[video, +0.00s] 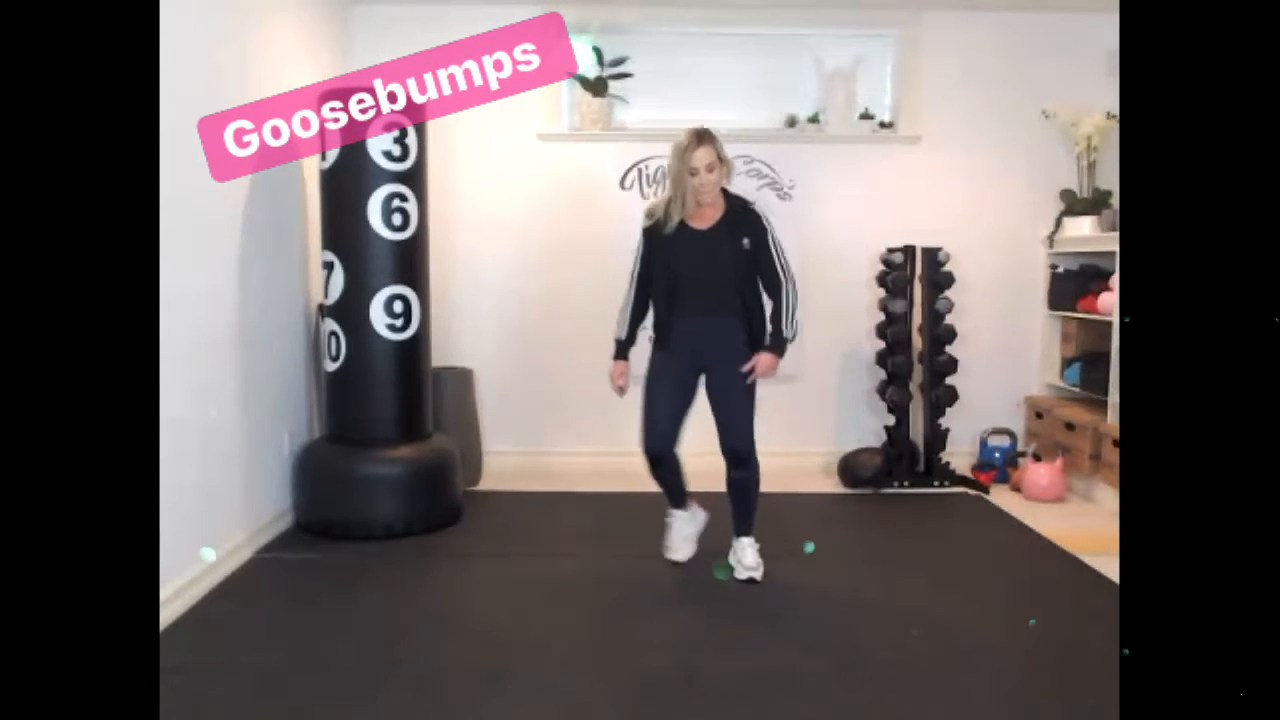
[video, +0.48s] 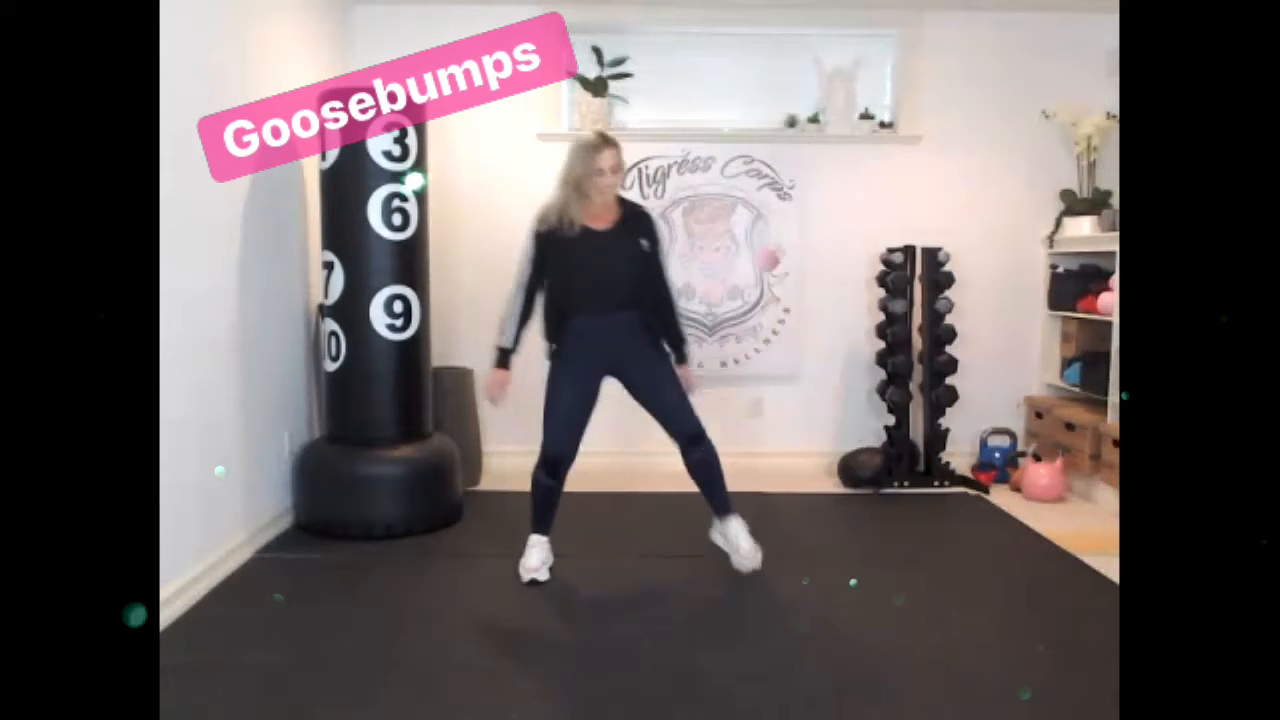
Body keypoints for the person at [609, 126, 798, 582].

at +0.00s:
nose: (705, 178)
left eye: (712, 168)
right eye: (695, 171)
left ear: (723, 168)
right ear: (680, 175)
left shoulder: (746, 218)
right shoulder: (660, 223)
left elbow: (782, 283)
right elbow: (640, 289)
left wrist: (777, 346)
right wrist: (621, 351)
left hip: (732, 347)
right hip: (674, 347)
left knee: (739, 451)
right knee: (656, 445)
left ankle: (744, 540)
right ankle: (683, 512)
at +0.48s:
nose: (613, 179)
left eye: (617, 170)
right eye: (604, 172)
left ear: (623, 171)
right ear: (581, 175)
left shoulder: (637, 220)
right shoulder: (553, 225)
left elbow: (657, 289)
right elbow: (526, 292)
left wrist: (680, 356)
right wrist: (503, 361)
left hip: (635, 343)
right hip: (576, 348)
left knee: (690, 433)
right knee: (556, 452)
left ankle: (727, 521)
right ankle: (538, 540)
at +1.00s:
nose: (574, 167)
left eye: (579, 158)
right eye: (563, 160)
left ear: (589, 165)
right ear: (547, 170)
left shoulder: (601, 223)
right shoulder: (528, 223)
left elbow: (605, 290)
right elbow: (516, 293)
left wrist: (613, 337)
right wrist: (527, 362)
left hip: (604, 337)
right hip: (557, 347)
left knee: (694, 340)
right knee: (554, 457)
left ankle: (715, 453)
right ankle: (540, 541)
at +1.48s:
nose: (669, 170)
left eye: (677, 163)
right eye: (660, 164)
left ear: (692, 173)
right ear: (648, 175)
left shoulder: (709, 232)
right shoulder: (627, 228)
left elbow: (731, 303)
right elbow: (601, 295)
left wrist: (758, 372)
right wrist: (564, 358)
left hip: (690, 354)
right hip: (630, 352)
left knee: (720, 451)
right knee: (589, 448)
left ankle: (730, 543)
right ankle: (546, 535)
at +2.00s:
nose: (707, 158)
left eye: (717, 152)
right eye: (700, 152)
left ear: (732, 162)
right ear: (688, 162)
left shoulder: (748, 216)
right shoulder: (675, 216)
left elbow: (756, 294)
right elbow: (670, 287)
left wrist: (741, 366)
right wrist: (666, 356)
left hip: (723, 340)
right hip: (674, 333)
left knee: (727, 454)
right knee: (588, 358)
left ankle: (735, 542)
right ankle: (568, 473)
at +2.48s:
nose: (639, 168)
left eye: (648, 161)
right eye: (631, 160)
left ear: (661, 173)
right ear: (617, 169)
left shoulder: (674, 231)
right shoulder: (588, 228)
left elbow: (694, 304)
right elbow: (569, 299)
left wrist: (719, 372)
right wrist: (562, 366)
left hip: (663, 355)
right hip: (602, 355)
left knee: (700, 451)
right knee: (574, 456)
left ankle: (733, 538)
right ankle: (562, 538)